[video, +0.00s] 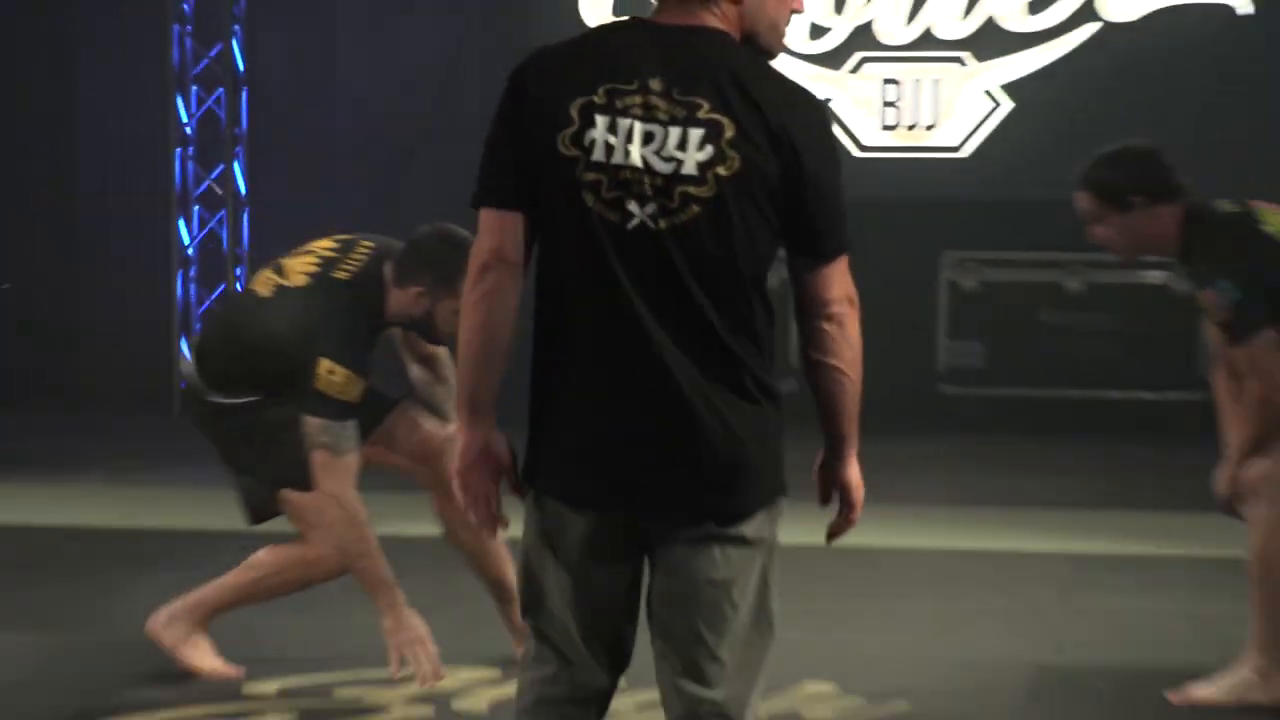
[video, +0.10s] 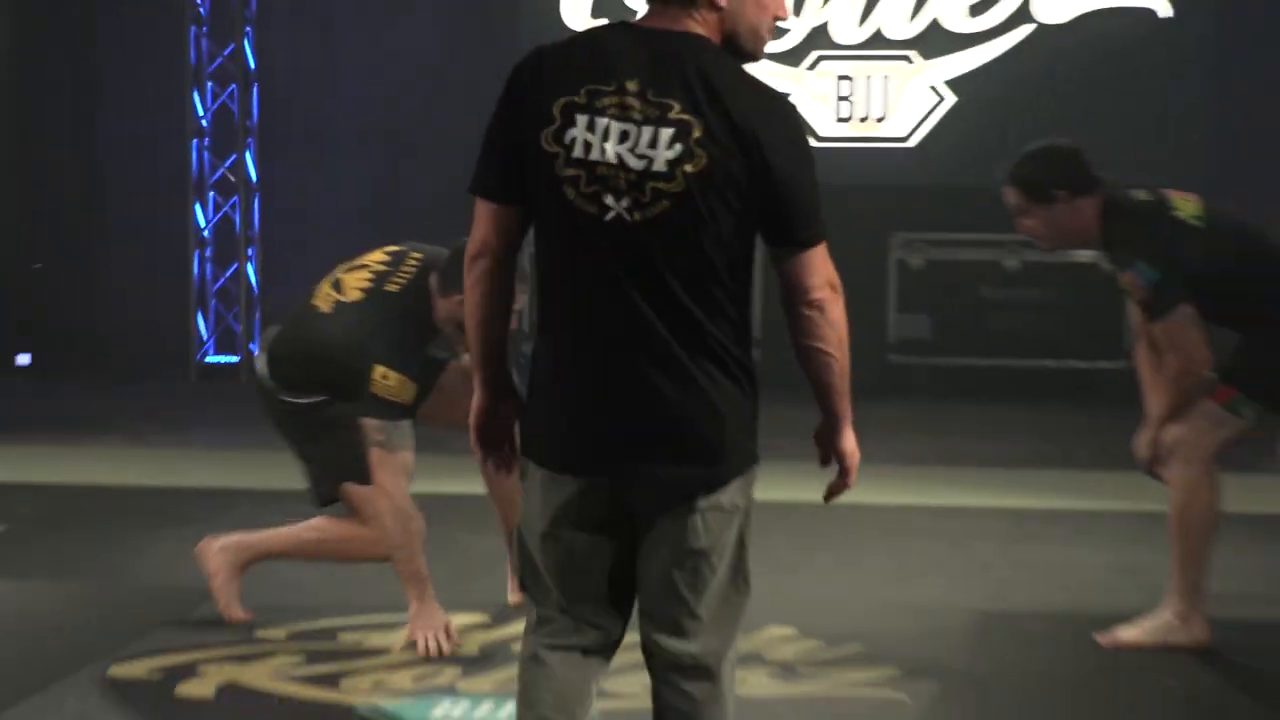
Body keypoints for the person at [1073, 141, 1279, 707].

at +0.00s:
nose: (1094, 237)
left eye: (1098, 221)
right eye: (1089, 224)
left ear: (1137, 209)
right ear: (1140, 208)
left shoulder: (1229, 250)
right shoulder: (1201, 247)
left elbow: (1262, 374)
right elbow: (1222, 364)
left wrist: (1242, 458)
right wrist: (1234, 453)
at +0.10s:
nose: (1021, 228)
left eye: (1025, 214)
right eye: (1016, 217)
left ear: (1065, 202)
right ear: (1069, 198)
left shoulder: (1138, 238)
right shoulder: (1121, 223)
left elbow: (1193, 362)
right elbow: (1146, 337)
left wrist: (1159, 425)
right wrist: (1157, 418)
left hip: (1271, 335)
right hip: (1256, 329)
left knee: (1188, 443)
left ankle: (1184, 612)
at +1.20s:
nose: (865, 249)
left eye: (864, 238)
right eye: (860, 241)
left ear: (893, 224)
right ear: (896, 218)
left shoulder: (951, 232)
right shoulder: (948, 221)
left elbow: (1015, 312)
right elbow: (1007, 306)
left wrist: (1004, 389)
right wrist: (1014, 378)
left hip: (1084, 292)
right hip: (1090, 286)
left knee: (1031, 412)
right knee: (1053, 405)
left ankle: (1041, 542)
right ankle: (1128, 505)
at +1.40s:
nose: (828, 243)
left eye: (827, 232)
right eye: (823, 235)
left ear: (854, 217)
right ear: (858, 214)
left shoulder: (910, 234)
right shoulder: (907, 219)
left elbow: (959, 314)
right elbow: (954, 308)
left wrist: (954, 393)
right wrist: (942, 367)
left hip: (1045, 294)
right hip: (1010, 295)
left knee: (997, 415)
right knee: (968, 401)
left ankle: (1040, 541)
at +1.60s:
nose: (790, 272)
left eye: (786, 262)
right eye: (784, 265)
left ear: (804, 245)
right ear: (807, 243)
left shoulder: (861, 246)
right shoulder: (852, 257)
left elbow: (922, 314)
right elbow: (883, 343)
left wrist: (888, 394)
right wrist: (875, 416)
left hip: (992, 312)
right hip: (957, 314)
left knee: (913, 409)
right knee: (891, 408)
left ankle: (980, 509)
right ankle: (875, 526)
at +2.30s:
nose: (788, 189)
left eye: (791, 178)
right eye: (785, 179)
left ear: (820, 169)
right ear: (820, 170)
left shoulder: (880, 194)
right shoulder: (857, 204)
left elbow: (945, 267)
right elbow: (895, 255)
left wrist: (935, 353)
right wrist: (908, 306)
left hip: (988, 298)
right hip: (958, 298)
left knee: (925, 411)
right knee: (898, 401)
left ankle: (1024, 506)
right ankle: (867, 526)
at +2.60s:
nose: (851, 165)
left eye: (852, 154)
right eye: (846, 156)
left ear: (880, 143)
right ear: (883, 142)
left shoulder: (932, 177)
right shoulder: (927, 169)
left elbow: (978, 272)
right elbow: (966, 253)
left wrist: (992, 351)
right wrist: (967, 311)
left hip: (1037, 301)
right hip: (1010, 301)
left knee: (1047, 425)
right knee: (961, 404)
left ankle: (1097, 541)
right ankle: (921, 524)